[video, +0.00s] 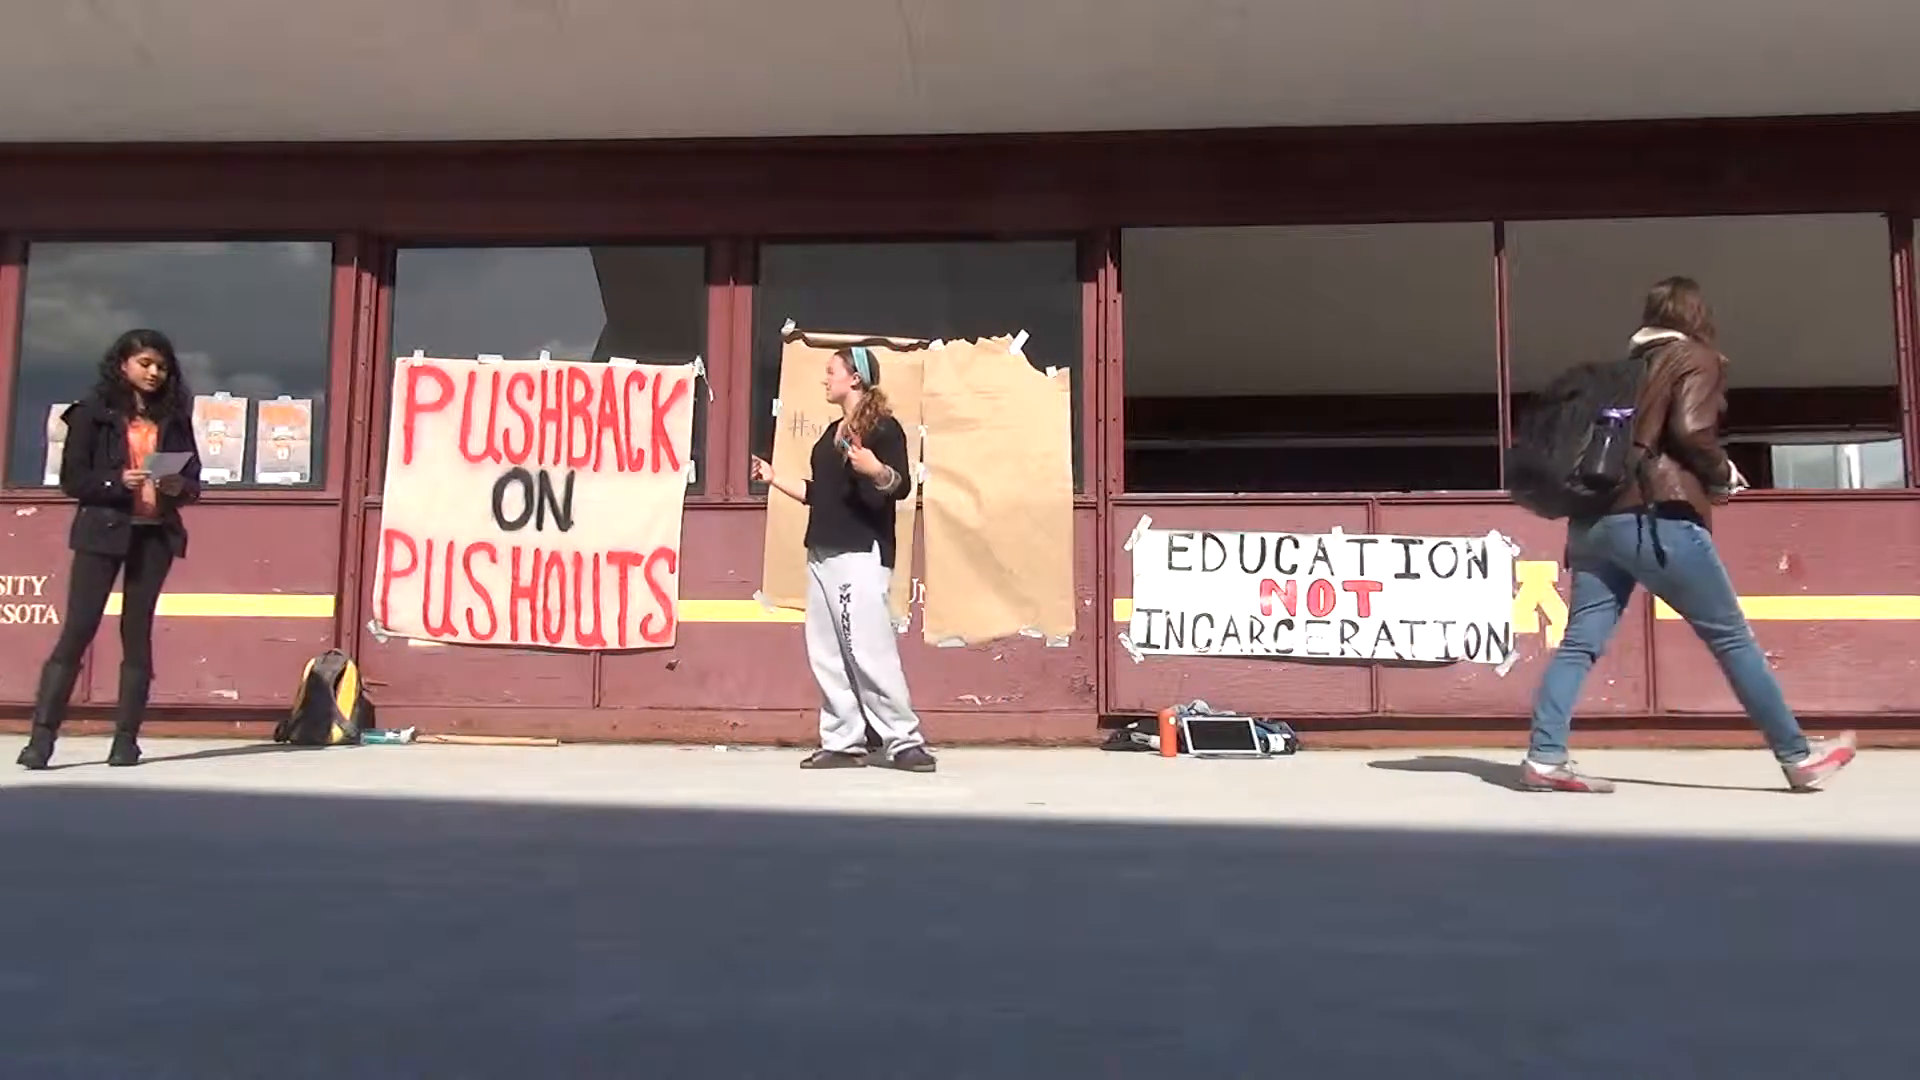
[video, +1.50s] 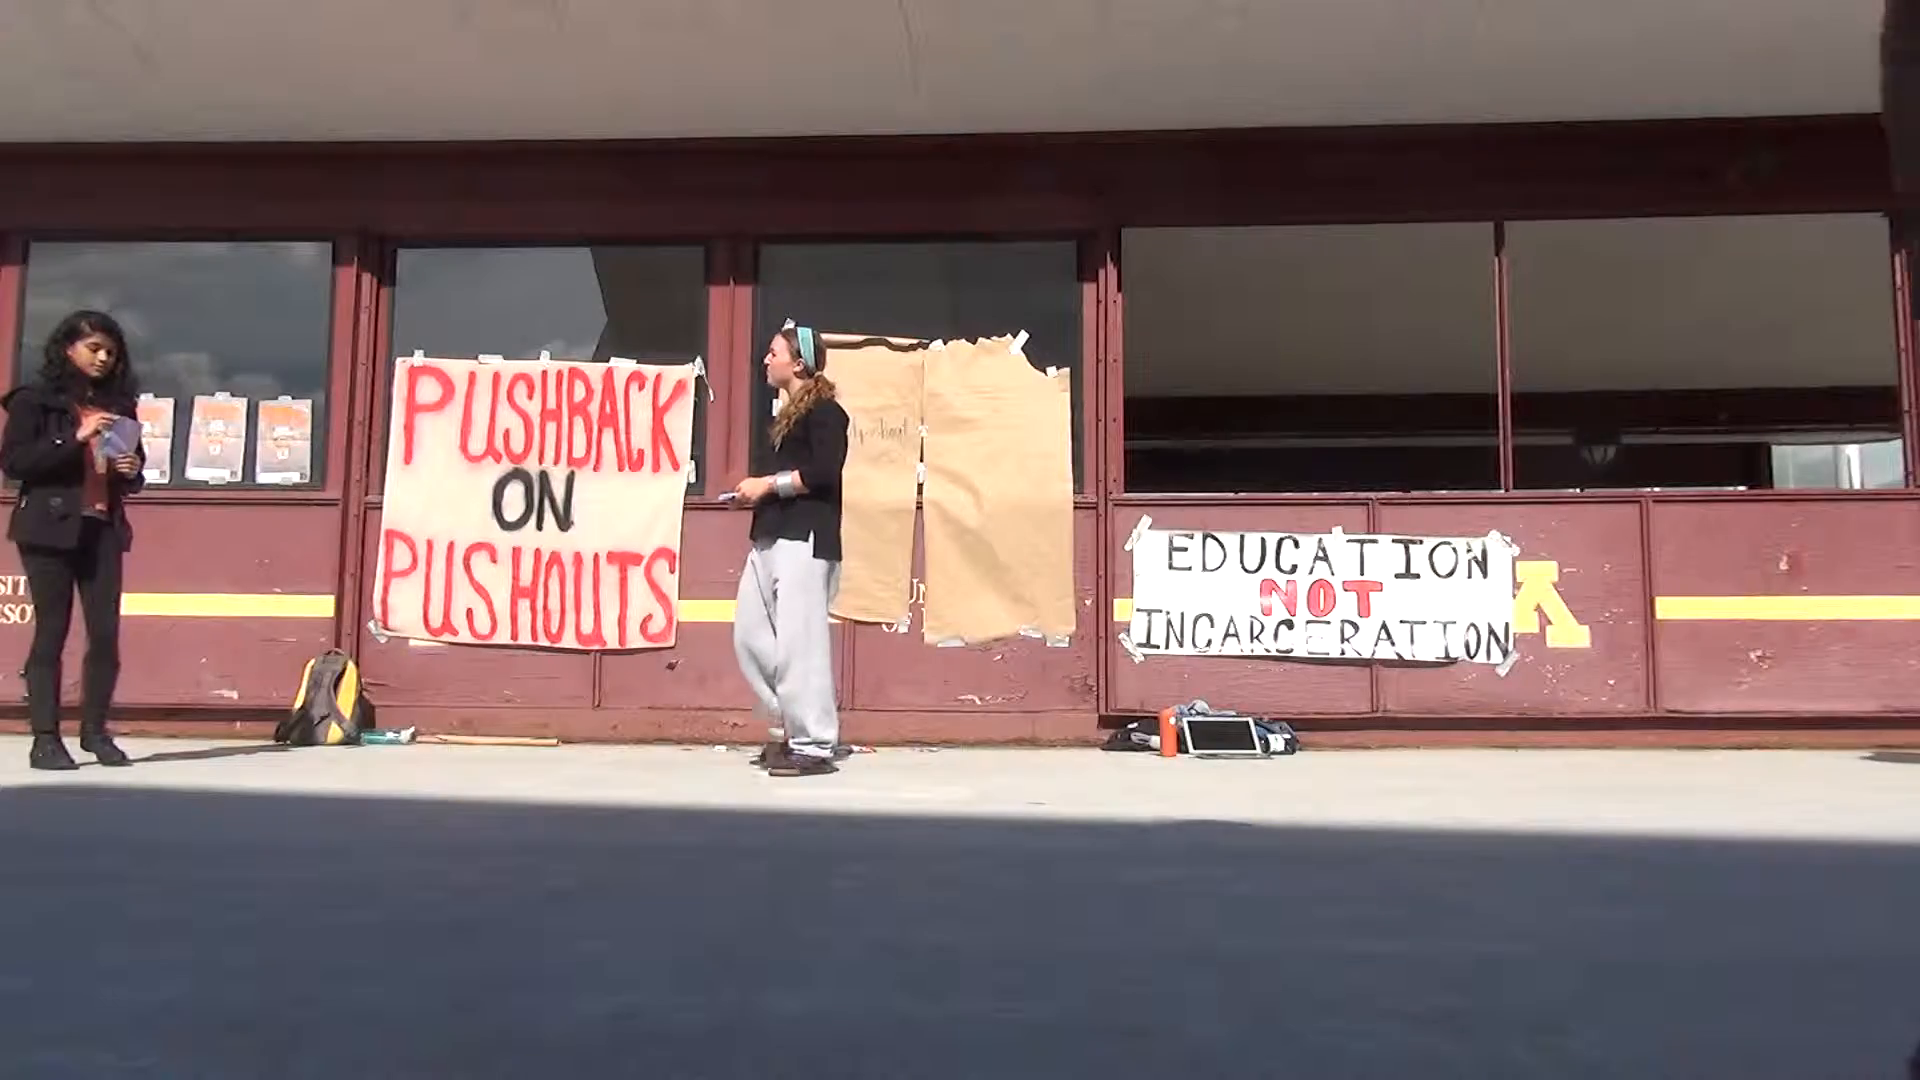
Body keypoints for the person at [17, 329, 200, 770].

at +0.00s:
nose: (154, 372)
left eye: (161, 366)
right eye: (145, 363)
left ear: (167, 372)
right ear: (123, 365)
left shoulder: (175, 417)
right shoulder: (92, 410)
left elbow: (192, 484)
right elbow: (72, 481)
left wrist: (177, 489)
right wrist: (119, 483)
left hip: (155, 533)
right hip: (103, 529)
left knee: (137, 629)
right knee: (79, 628)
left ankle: (126, 738)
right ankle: (42, 737)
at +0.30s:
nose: (142, 371)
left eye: (150, 365)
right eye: (134, 362)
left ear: (157, 370)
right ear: (111, 361)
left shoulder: (166, 417)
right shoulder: (79, 412)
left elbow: (181, 486)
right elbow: (60, 478)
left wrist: (167, 482)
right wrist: (107, 477)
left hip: (144, 532)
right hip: (92, 529)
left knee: (129, 633)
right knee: (80, 630)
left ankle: (125, 738)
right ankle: (46, 738)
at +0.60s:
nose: (127, 364)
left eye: (134, 358)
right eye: (119, 354)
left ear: (142, 365)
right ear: (94, 355)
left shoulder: (148, 414)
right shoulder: (61, 406)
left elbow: (162, 484)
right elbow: (37, 471)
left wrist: (150, 477)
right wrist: (91, 472)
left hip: (125, 530)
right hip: (70, 526)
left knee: (118, 630)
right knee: (67, 627)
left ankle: (124, 737)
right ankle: (44, 738)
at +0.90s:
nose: (113, 361)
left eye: (121, 355)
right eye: (105, 351)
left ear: (127, 361)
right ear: (79, 351)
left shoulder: (132, 408)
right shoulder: (45, 403)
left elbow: (147, 476)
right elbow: (21, 471)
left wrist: (138, 474)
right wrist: (80, 466)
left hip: (109, 529)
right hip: (55, 526)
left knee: (108, 631)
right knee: (60, 627)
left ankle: (123, 736)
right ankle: (45, 740)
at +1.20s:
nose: (105, 360)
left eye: (113, 353)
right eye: (96, 349)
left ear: (120, 359)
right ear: (70, 348)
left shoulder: (122, 404)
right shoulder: (36, 398)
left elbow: (134, 472)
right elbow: (14, 465)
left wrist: (131, 471)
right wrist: (74, 442)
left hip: (102, 526)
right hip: (48, 524)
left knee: (106, 630)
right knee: (52, 628)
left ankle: (116, 734)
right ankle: (45, 739)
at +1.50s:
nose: (102, 358)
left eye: (110, 352)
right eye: (94, 348)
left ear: (116, 358)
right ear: (66, 348)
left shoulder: (119, 404)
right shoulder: (33, 399)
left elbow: (132, 476)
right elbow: (16, 463)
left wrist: (130, 470)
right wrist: (75, 437)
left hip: (102, 527)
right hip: (48, 525)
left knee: (105, 634)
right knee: (52, 630)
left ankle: (95, 731)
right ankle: (46, 737)